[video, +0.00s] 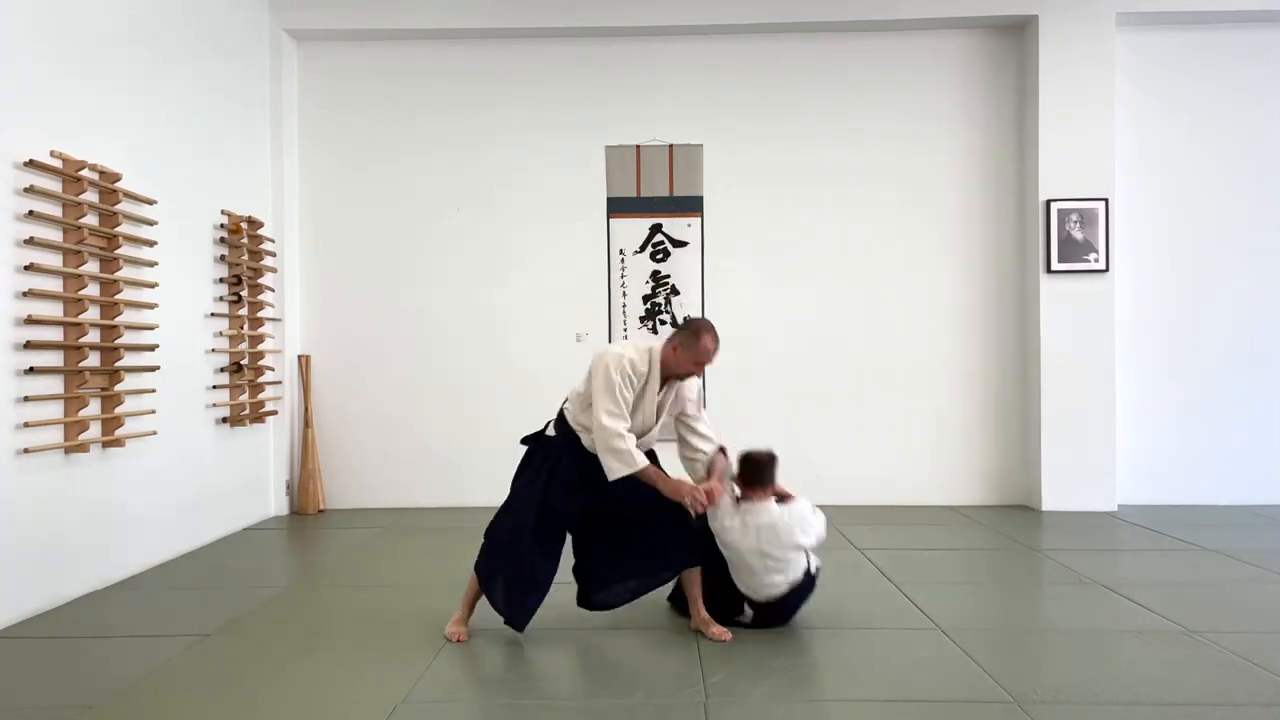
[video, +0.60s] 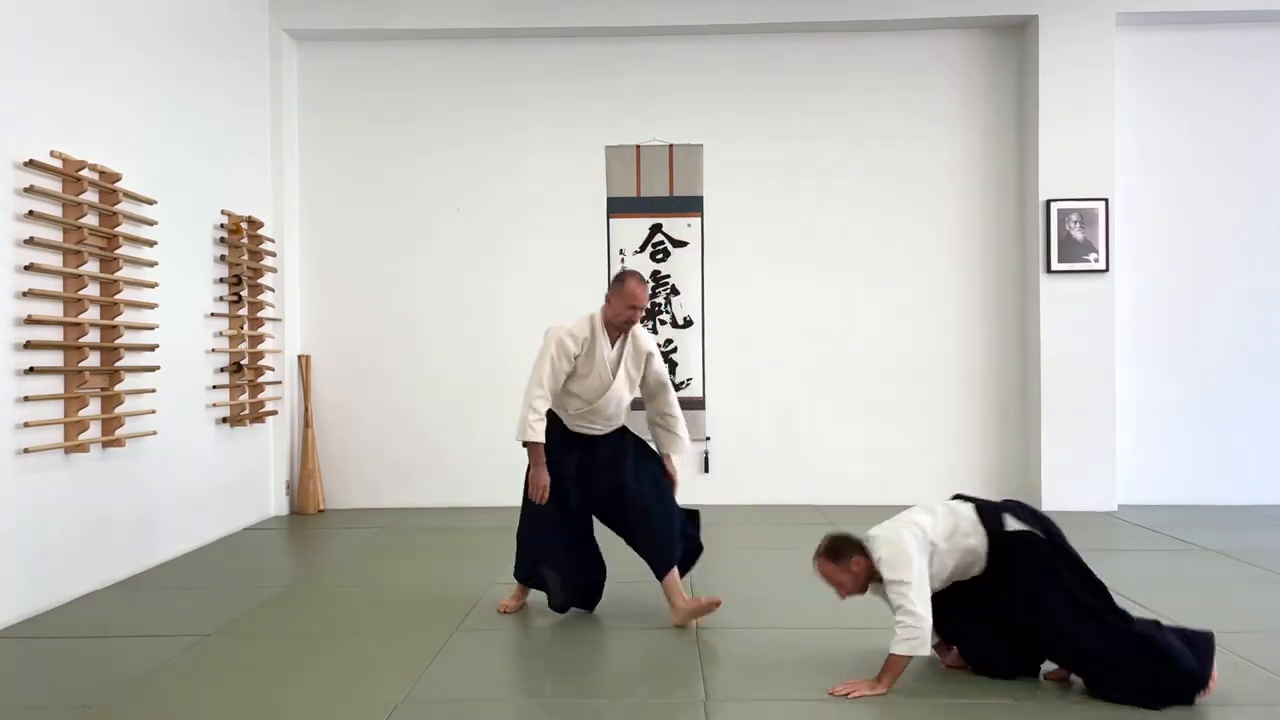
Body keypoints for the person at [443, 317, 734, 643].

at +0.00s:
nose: (701, 372)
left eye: (705, 366)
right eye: (699, 364)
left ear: (681, 353)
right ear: (674, 347)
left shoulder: (682, 384)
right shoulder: (616, 362)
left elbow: (697, 443)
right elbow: (612, 437)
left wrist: (713, 475)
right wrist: (669, 485)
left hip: (628, 454)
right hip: (571, 446)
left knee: (683, 517)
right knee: (515, 522)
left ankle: (699, 613)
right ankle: (463, 613)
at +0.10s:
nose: (713, 407)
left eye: (720, 401)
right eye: (711, 397)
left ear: (718, 393)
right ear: (689, 378)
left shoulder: (704, 411)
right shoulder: (635, 381)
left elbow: (723, 470)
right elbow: (605, 446)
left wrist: (749, 533)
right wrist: (634, 515)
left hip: (652, 464)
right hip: (590, 449)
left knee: (695, 528)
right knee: (522, 521)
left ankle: (700, 614)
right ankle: (454, 606)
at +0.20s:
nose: (713, 425)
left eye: (719, 420)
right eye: (711, 416)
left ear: (722, 410)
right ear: (692, 394)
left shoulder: (712, 423)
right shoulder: (641, 389)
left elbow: (727, 479)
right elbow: (590, 440)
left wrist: (750, 541)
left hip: (665, 474)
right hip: (602, 460)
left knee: (702, 534)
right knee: (530, 522)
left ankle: (702, 615)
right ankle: (469, 601)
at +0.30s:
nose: (707, 414)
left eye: (712, 408)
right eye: (703, 405)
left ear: (716, 399)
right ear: (682, 385)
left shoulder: (708, 418)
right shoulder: (632, 386)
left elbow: (726, 476)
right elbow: (580, 428)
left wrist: (747, 542)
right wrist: (549, 487)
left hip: (667, 472)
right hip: (606, 461)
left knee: (703, 534)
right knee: (547, 520)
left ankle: (703, 617)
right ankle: (487, 598)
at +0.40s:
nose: (682, 385)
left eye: (688, 378)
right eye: (677, 376)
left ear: (695, 373)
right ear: (657, 358)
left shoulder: (692, 401)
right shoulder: (613, 371)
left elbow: (715, 464)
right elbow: (570, 417)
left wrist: (734, 528)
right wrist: (535, 469)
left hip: (657, 464)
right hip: (597, 456)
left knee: (691, 528)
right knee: (548, 519)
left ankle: (700, 613)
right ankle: (507, 588)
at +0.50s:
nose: (657, 348)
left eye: (664, 342)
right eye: (651, 339)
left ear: (670, 338)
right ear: (631, 327)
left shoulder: (665, 370)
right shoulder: (589, 354)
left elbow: (691, 428)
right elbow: (549, 408)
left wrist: (704, 492)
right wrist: (529, 472)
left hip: (634, 456)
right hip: (580, 453)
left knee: (676, 521)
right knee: (541, 520)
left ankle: (698, 611)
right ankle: (519, 586)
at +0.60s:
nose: (636, 317)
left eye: (642, 310)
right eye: (631, 308)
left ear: (644, 309)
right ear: (609, 299)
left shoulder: (642, 347)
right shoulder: (566, 339)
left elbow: (661, 401)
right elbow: (536, 398)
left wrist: (666, 457)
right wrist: (537, 463)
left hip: (611, 440)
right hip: (562, 437)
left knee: (649, 502)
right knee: (538, 511)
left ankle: (679, 602)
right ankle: (520, 591)